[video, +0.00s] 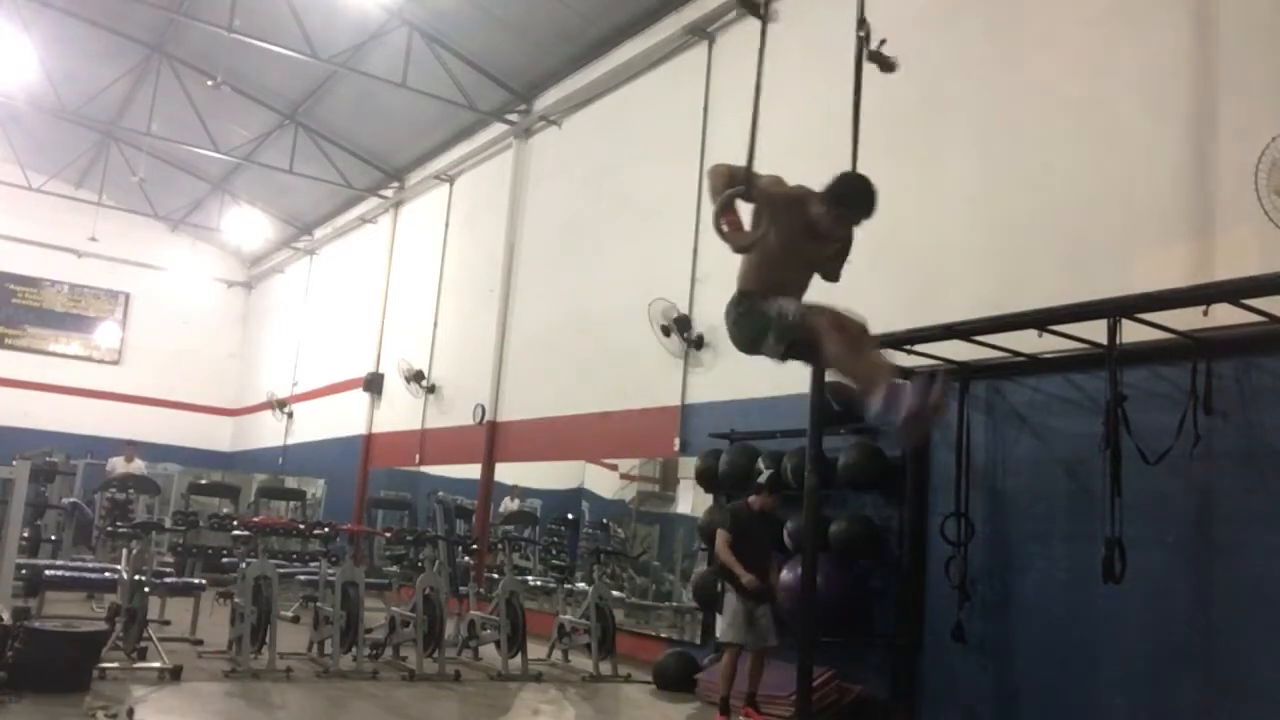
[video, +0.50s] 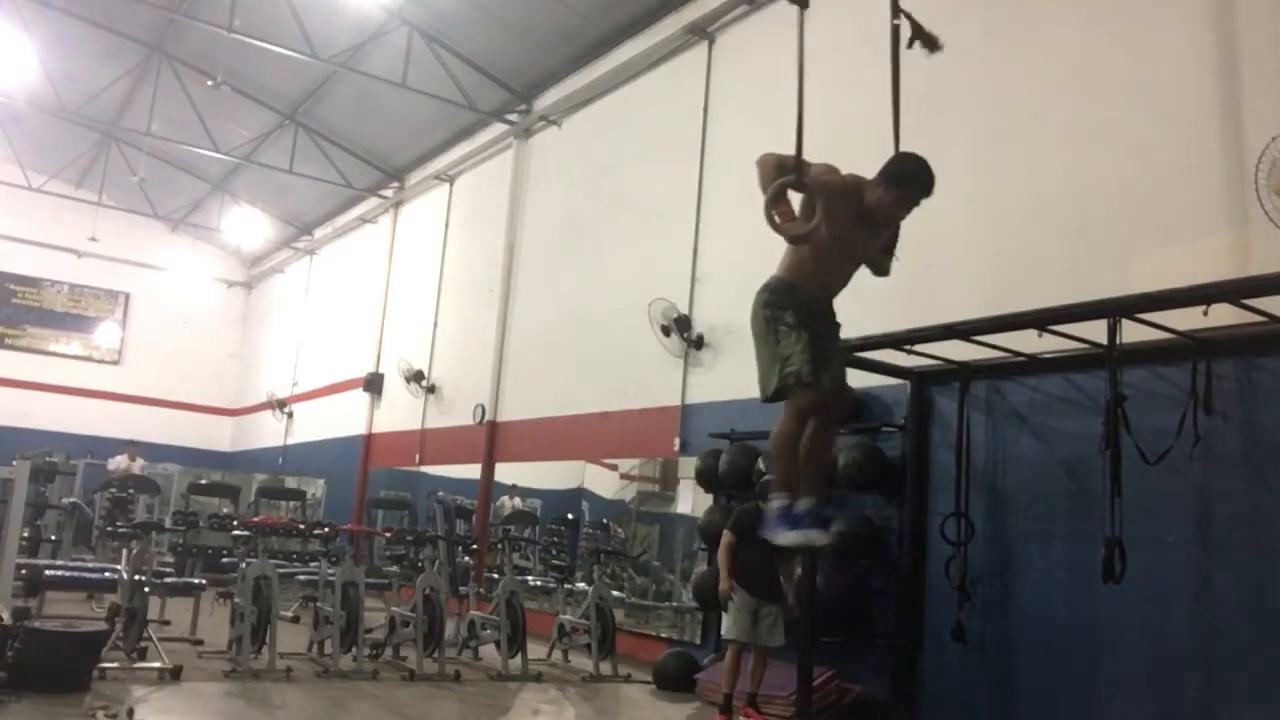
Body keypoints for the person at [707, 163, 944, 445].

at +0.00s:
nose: (842, 232)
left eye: (849, 227)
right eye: (840, 223)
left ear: (854, 220)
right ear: (826, 206)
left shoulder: (841, 237)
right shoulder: (780, 196)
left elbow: (829, 274)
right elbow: (720, 173)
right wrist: (725, 209)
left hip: (784, 313)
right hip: (748, 312)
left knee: (853, 333)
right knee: (825, 326)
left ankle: (897, 397)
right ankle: (881, 399)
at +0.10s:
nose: (857, 229)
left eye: (865, 224)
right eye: (855, 219)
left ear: (872, 217)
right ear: (839, 199)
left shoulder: (852, 232)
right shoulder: (798, 195)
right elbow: (736, 168)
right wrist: (743, 217)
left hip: (798, 311)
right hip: (759, 308)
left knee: (847, 367)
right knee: (821, 365)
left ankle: (855, 472)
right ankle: (819, 476)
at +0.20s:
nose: (876, 224)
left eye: (884, 219)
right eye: (873, 214)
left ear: (890, 212)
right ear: (857, 194)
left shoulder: (867, 226)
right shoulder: (814, 190)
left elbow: (855, 252)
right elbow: (753, 166)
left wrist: (856, 266)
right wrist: (757, 209)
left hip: (810, 315)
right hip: (773, 309)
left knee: (835, 404)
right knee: (806, 401)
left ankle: (814, 509)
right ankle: (775, 509)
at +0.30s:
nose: (891, 220)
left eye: (899, 215)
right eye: (890, 210)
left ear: (901, 209)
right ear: (875, 190)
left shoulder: (878, 228)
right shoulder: (827, 187)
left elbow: (867, 266)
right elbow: (764, 161)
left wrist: (872, 262)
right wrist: (777, 217)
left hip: (817, 316)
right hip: (780, 308)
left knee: (821, 414)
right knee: (794, 407)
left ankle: (787, 512)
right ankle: (753, 511)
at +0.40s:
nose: (900, 216)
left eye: (908, 211)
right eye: (900, 207)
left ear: (908, 204)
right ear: (885, 187)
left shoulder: (886, 225)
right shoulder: (836, 184)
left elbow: (877, 266)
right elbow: (770, 160)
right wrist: (779, 201)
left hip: (820, 315)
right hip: (782, 305)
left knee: (817, 415)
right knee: (792, 408)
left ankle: (786, 512)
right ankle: (754, 512)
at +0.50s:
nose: (899, 216)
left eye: (906, 210)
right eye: (898, 205)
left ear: (908, 204)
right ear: (882, 185)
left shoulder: (886, 224)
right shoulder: (835, 184)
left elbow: (881, 268)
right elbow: (770, 163)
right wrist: (780, 209)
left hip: (820, 311)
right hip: (782, 302)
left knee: (831, 408)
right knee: (802, 399)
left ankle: (808, 510)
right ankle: (778, 510)